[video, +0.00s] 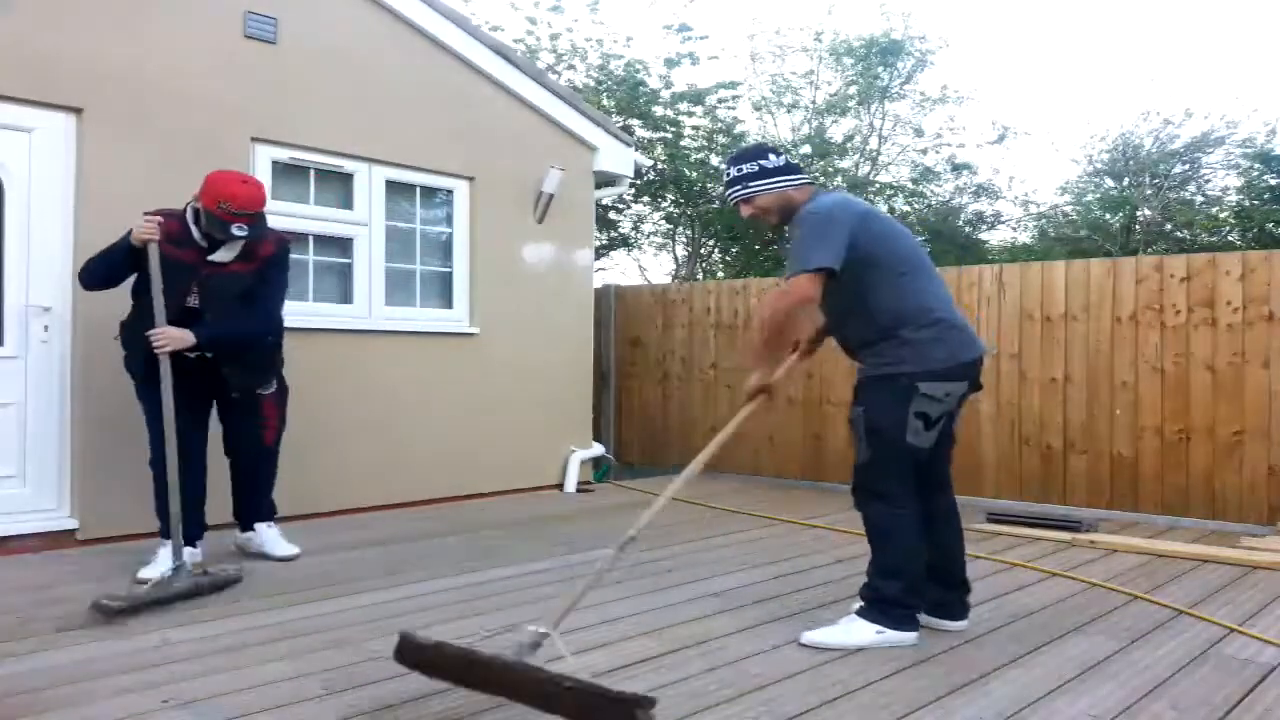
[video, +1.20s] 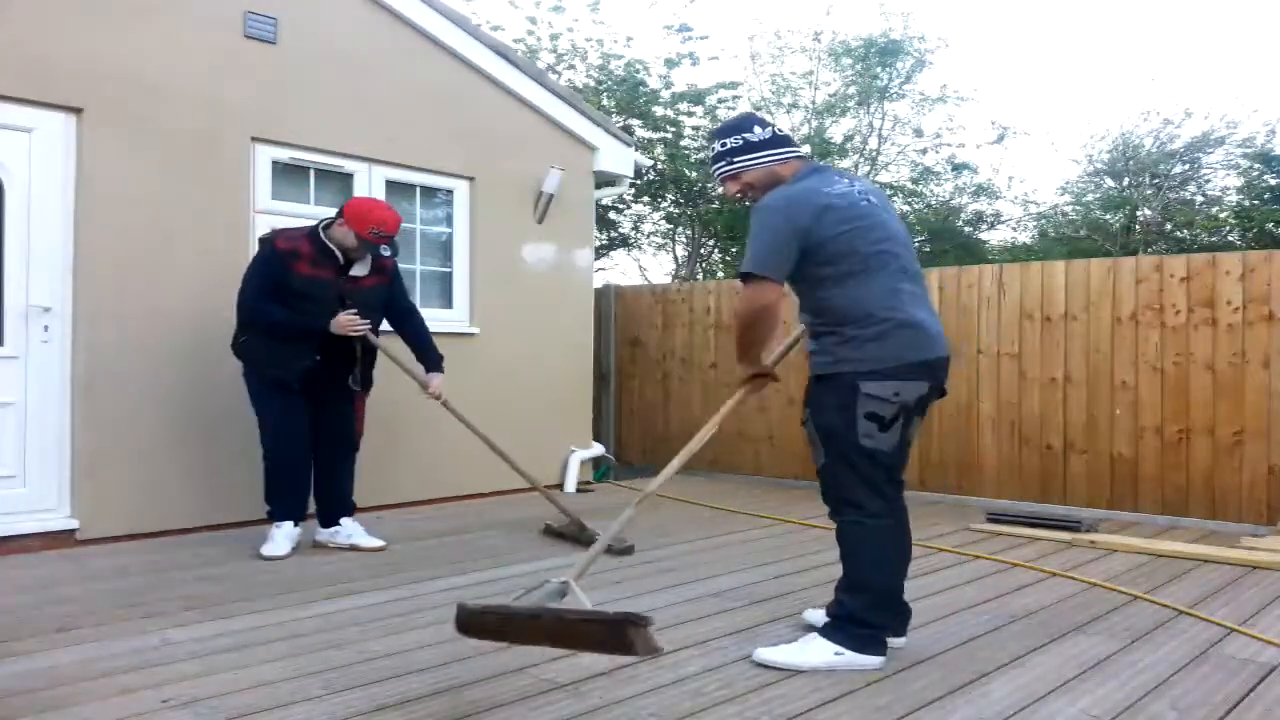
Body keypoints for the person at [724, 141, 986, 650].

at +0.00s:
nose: (746, 213)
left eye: (746, 199)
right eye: (740, 204)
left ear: (774, 185)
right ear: (786, 184)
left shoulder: (822, 213)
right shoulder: (844, 210)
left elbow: (803, 293)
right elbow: (861, 293)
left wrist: (763, 365)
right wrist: (815, 335)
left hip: (907, 363)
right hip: (947, 357)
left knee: (881, 486)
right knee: (927, 481)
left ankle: (889, 614)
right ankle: (945, 601)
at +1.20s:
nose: (736, 193)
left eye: (735, 180)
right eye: (730, 185)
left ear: (761, 159)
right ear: (780, 155)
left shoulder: (783, 203)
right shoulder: (853, 186)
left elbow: (760, 305)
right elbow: (877, 263)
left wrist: (753, 362)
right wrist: (827, 307)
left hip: (865, 364)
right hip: (913, 356)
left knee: (858, 498)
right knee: (876, 492)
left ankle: (861, 637)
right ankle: (871, 613)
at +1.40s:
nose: (735, 192)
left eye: (735, 178)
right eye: (728, 183)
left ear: (764, 162)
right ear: (785, 159)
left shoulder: (775, 210)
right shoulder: (862, 188)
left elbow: (764, 313)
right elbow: (909, 224)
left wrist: (773, 362)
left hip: (843, 363)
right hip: (907, 357)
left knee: (784, 483)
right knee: (866, 485)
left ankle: (842, 622)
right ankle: (883, 617)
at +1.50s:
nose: (722, 198)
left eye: (722, 185)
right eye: (717, 189)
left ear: (751, 169)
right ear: (774, 166)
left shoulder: (762, 216)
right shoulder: (847, 190)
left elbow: (758, 316)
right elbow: (907, 228)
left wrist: (763, 371)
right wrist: (862, 294)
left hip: (833, 361)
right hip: (902, 356)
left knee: (767, 476)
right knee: (864, 483)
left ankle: (791, 623)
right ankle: (878, 616)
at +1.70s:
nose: (683, 214)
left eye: (682, 202)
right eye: (677, 207)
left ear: (705, 184)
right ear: (728, 178)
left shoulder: (722, 223)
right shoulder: (811, 200)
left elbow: (713, 324)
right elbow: (866, 267)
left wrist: (712, 389)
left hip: (814, 361)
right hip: (884, 356)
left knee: (761, 487)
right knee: (860, 488)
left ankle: (712, 617)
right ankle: (878, 616)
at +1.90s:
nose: (630, 222)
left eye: (627, 210)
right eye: (623, 214)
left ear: (647, 190)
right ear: (667, 183)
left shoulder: (677, 225)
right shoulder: (742, 205)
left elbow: (662, 329)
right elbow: (784, 282)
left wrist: (648, 401)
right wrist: (743, 341)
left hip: (778, 361)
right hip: (845, 354)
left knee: (726, 489)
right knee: (840, 491)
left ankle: (704, 620)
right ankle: (874, 616)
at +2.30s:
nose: (598, 213)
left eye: (597, 199)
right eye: (593, 203)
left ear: (622, 183)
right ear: (646, 177)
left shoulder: (649, 217)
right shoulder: (723, 201)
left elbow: (608, 303)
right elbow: (752, 277)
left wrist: (591, 382)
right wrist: (692, 331)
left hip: (739, 359)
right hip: (807, 352)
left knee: (712, 488)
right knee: (788, 478)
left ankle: (704, 620)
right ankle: (798, 596)